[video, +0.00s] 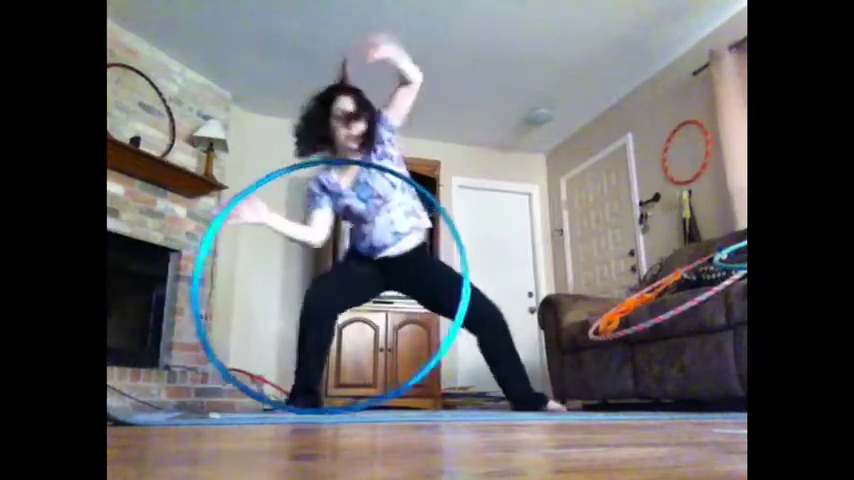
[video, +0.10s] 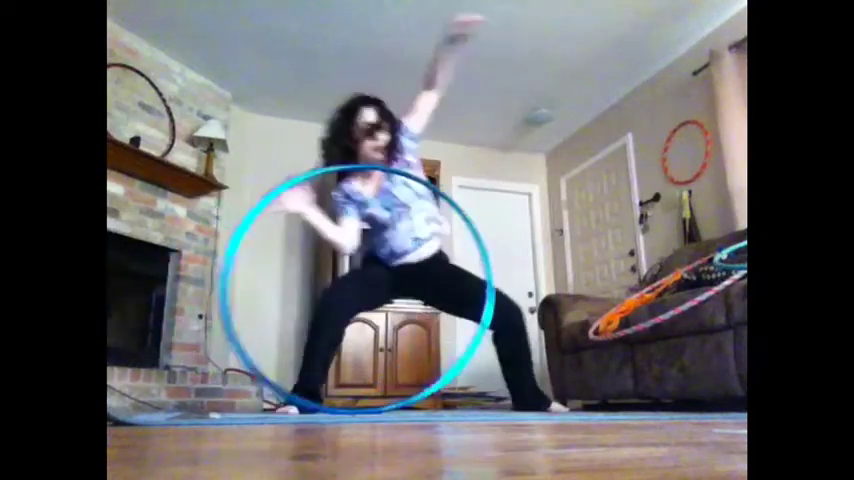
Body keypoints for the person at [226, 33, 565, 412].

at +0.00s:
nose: (354, 127)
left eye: (360, 118)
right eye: (344, 120)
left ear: (369, 119)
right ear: (327, 127)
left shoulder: (384, 137)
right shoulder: (325, 180)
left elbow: (413, 82)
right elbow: (315, 235)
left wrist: (395, 55)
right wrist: (266, 216)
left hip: (415, 262)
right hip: (367, 268)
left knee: (488, 317)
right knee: (320, 299)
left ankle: (526, 402)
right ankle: (305, 398)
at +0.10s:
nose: (380, 138)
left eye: (383, 129)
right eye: (369, 132)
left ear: (390, 129)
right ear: (349, 140)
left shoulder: (403, 146)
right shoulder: (350, 192)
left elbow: (432, 91)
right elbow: (346, 243)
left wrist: (454, 40)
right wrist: (308, 210)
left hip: (432, 270)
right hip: (383, 276)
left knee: (507, 314)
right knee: (333, 305)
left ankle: (530, 402)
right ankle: (304, 401)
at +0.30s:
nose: (421, 149)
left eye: (427, 141)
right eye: (412, 141)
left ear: (435, 143)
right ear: (394, 147)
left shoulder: (448, 156)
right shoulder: (386, 189)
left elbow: (490, 112)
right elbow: (403, 248)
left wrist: (535, 75)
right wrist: (382, 199)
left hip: (459, 282)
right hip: (409, 283)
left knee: (534, 312)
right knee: (360, 314)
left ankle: (536, 404)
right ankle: (306, 400)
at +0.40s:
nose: (451, 154)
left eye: (460, 149)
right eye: (443, 148)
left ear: (469, 154)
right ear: (428, 154)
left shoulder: (481, 174)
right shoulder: (427, 198)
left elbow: (531, 146)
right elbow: (439, 253)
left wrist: (584, 133)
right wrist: (447, 207)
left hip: (478, 291)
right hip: (431, 291)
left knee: (549, 310)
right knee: (370, 334)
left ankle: (537, 401)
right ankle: (307, 404)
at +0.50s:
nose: (476, 160)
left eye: (484, 155)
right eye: (469, 152)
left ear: (494, 160)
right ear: (454, 155)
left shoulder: (499, 198)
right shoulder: (445, 203)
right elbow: (461, 256)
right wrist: (477, 210)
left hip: (492, 299)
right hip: (443, 297)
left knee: (566, 315)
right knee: (376, 341)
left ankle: (539, 402)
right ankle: (306, 404)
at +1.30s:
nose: (512, 191)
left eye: (520, 189)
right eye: (510, 182)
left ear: (527, 196)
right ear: (497, 176)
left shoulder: (521, 223)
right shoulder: (467, 198)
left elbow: (504, 266)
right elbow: (423, 204)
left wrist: (479, 307)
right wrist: (477, 194)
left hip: (477, 310)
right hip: (428, 303)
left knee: (548, 311)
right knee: (368, 318)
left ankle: (539, 402)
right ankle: (306, 401)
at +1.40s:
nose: (492, 181)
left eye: (501, 178)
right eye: (489, 171)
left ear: (508, 186)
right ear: (474, 167)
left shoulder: (496, 218)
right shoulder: (437, 193)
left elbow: (485, 270)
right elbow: (378, 197)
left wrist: (476, 325)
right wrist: (422, 182)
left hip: (458, 306)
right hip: (407, 298)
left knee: (532, 315)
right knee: (349, 306)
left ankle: (539, 411)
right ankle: (301, 403)